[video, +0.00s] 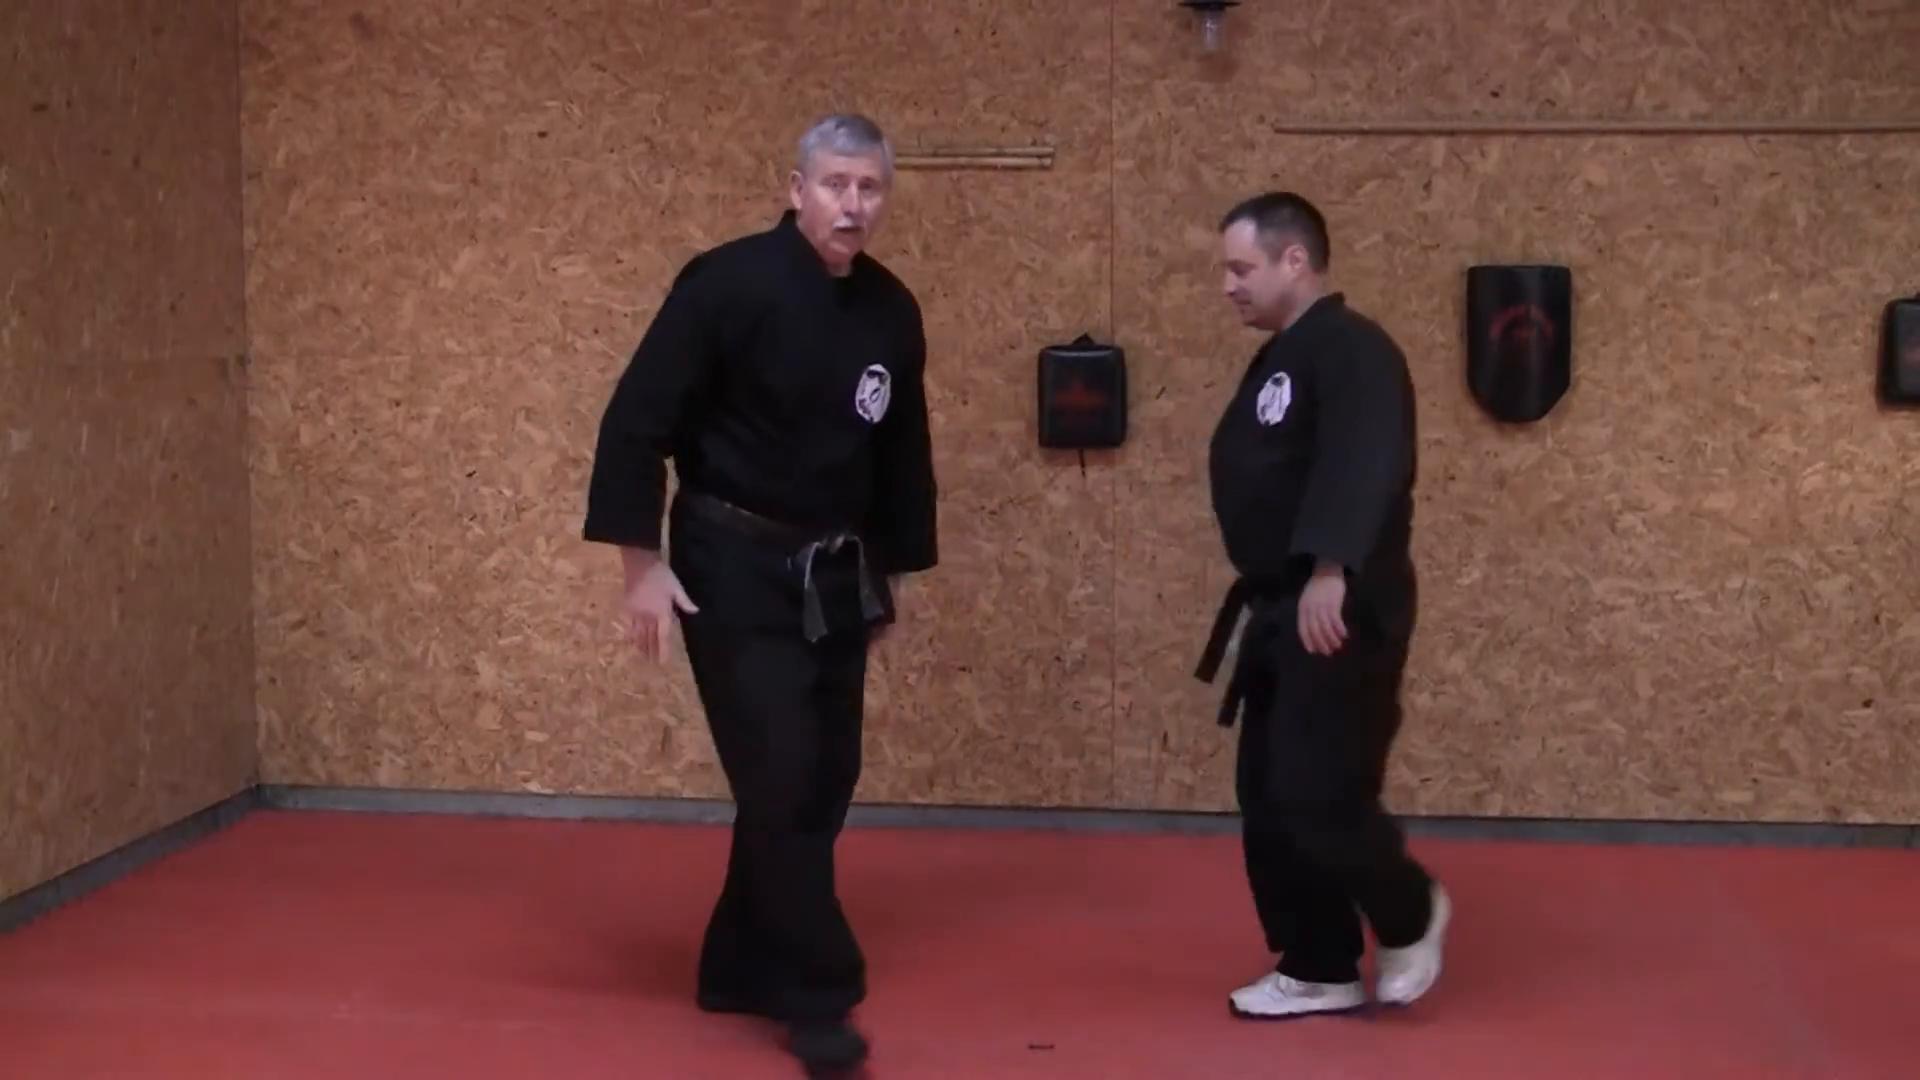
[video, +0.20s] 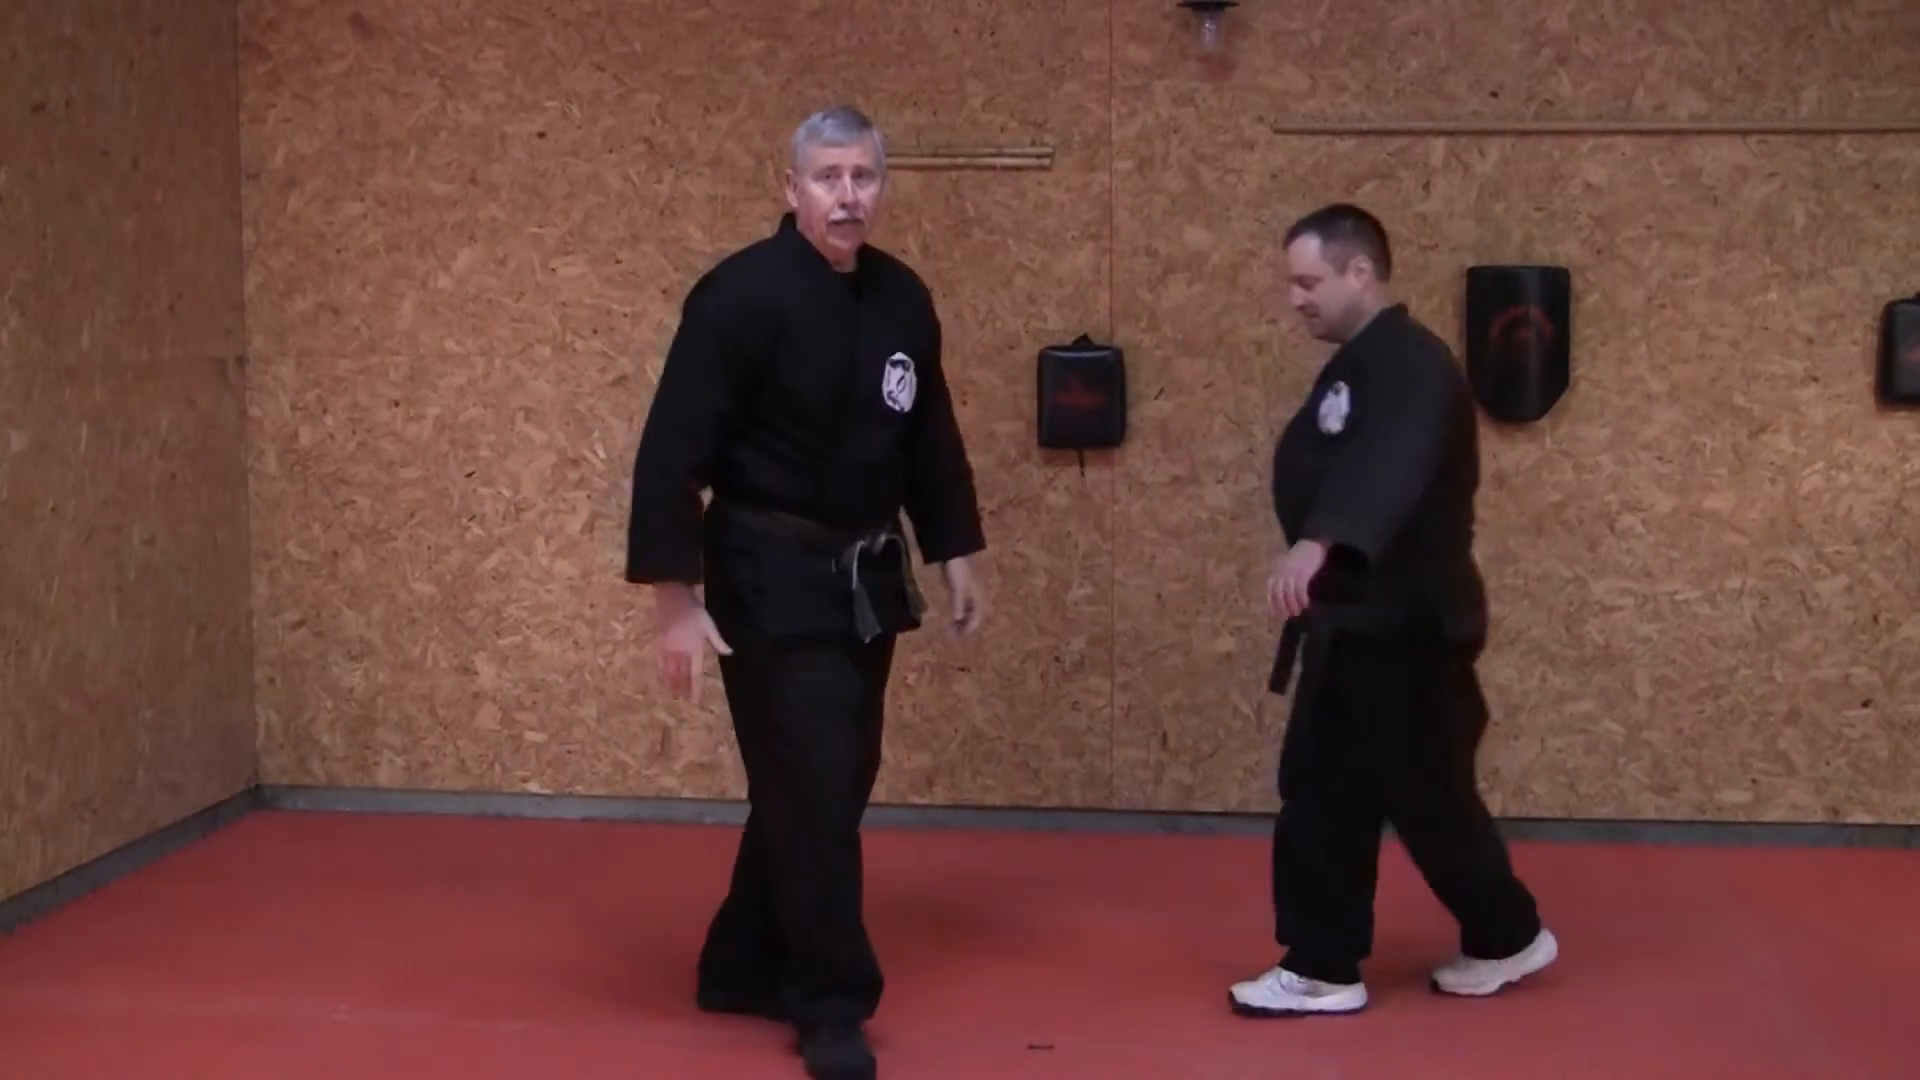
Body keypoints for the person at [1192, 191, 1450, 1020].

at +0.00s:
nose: (1229, 286)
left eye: (1241, 268)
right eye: (1225, 270)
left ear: (1296, 262)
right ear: (1287, 266)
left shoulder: (1354, 349)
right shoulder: (1281, 357)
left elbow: (1366, 460)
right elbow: (1287, 479)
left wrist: (1329, 566)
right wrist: (1264, 592)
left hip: (1352, 598)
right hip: (1288, 598)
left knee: (1320, 787)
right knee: (1269, 789)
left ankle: (1412, 914)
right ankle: (1319, 967)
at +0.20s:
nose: (1295, 300)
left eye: (1307, 282)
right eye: (1290, 285)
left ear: (1360, 273)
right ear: (1347, 280)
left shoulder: (1411, 361)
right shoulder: (1352, 367)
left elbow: (1393, 466)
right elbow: (1341, 481)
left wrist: (1322, 540)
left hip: (1410, 625)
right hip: (1352, 621)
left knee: (1427, 791)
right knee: (1321, 795)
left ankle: (1510, 936)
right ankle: (1323, 965)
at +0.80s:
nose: (1507, 283)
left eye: (1524, 268)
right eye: (1504, 268)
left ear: (1575, 269)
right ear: (1507, 271)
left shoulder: (1620, 364)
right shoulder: (1526, 360)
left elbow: (1656, 487)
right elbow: (1499, 466)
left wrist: (1660, 603)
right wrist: (1450, 542)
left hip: (1585, 600)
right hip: (1528, 593)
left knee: (1538, 768)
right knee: (1562, 751)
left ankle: (1518, 948)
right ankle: (1660, 876)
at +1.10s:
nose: (1607, 278)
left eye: (1624, 264)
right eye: (1599, 264)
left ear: (1666, 267)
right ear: (1593, 268)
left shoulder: (1716, 355)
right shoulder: (1601, 358)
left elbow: (1733, 475)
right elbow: (1567, 468)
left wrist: (1698, 577)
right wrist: (1524, 565)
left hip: (1697, 582)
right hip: (1628, 579)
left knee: (1645, 751)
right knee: (1638, 750)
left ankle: (1607, 929)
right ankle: (1687, 909)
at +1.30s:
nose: (1673, 279)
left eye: (1690, 265)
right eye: (1664, 265)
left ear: (1725, 268)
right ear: (1651, 267)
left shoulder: (1777, 358)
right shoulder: (1648, 359)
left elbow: (1792, 478)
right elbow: (1612, 464)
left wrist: (1738, 567)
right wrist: (1588, 565)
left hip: (1750, 588)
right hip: (1664, 583)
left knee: (1757, 758)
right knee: (1651, 755)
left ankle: (1817, 919)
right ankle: (1674, 912)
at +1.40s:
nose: (1713, 284)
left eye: (1730, 271)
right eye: (1702, 269)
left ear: (1760, 271)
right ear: (1686, 266)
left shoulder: (1808, 361)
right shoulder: (1670, 365)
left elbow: (1829, 477)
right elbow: (1636, 468)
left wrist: (1785, 575)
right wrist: (1618, 570)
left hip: (1779, 595)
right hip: (1687, 593)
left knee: (1819, 759)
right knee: (1659, 754)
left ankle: (1897, 918)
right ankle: (1669, 911)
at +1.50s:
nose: (1752, 294)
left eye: (1769, 281)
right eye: (1740, 278)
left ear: (1797, 280)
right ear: (1724, 276)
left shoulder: (1842, 369)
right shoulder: (1698, 367)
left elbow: (1873, 482)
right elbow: (1660, 472)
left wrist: (1843, 583)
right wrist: (1644, 573)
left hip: (1815, 604)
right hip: (1717, 597)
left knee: (1867, 773)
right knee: (1669, 760)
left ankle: (1917, 907)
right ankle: (1664, 911)